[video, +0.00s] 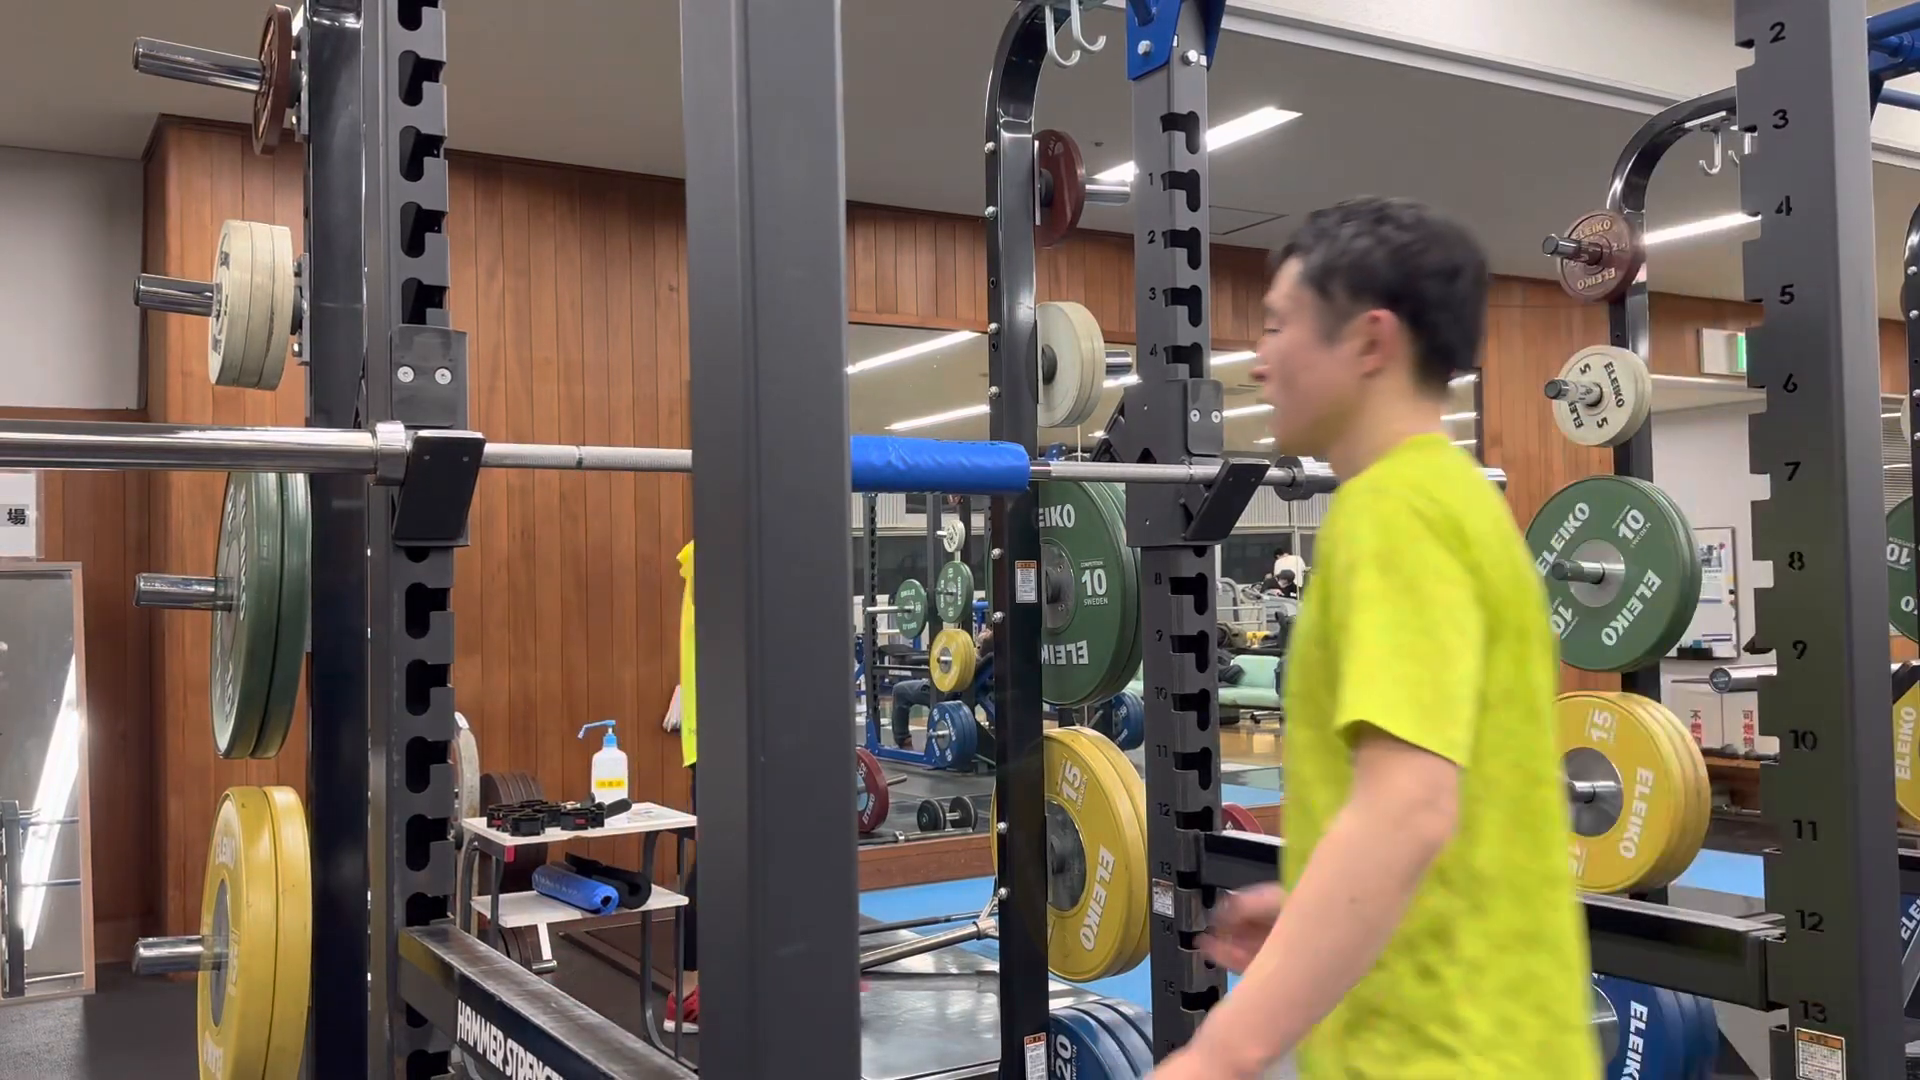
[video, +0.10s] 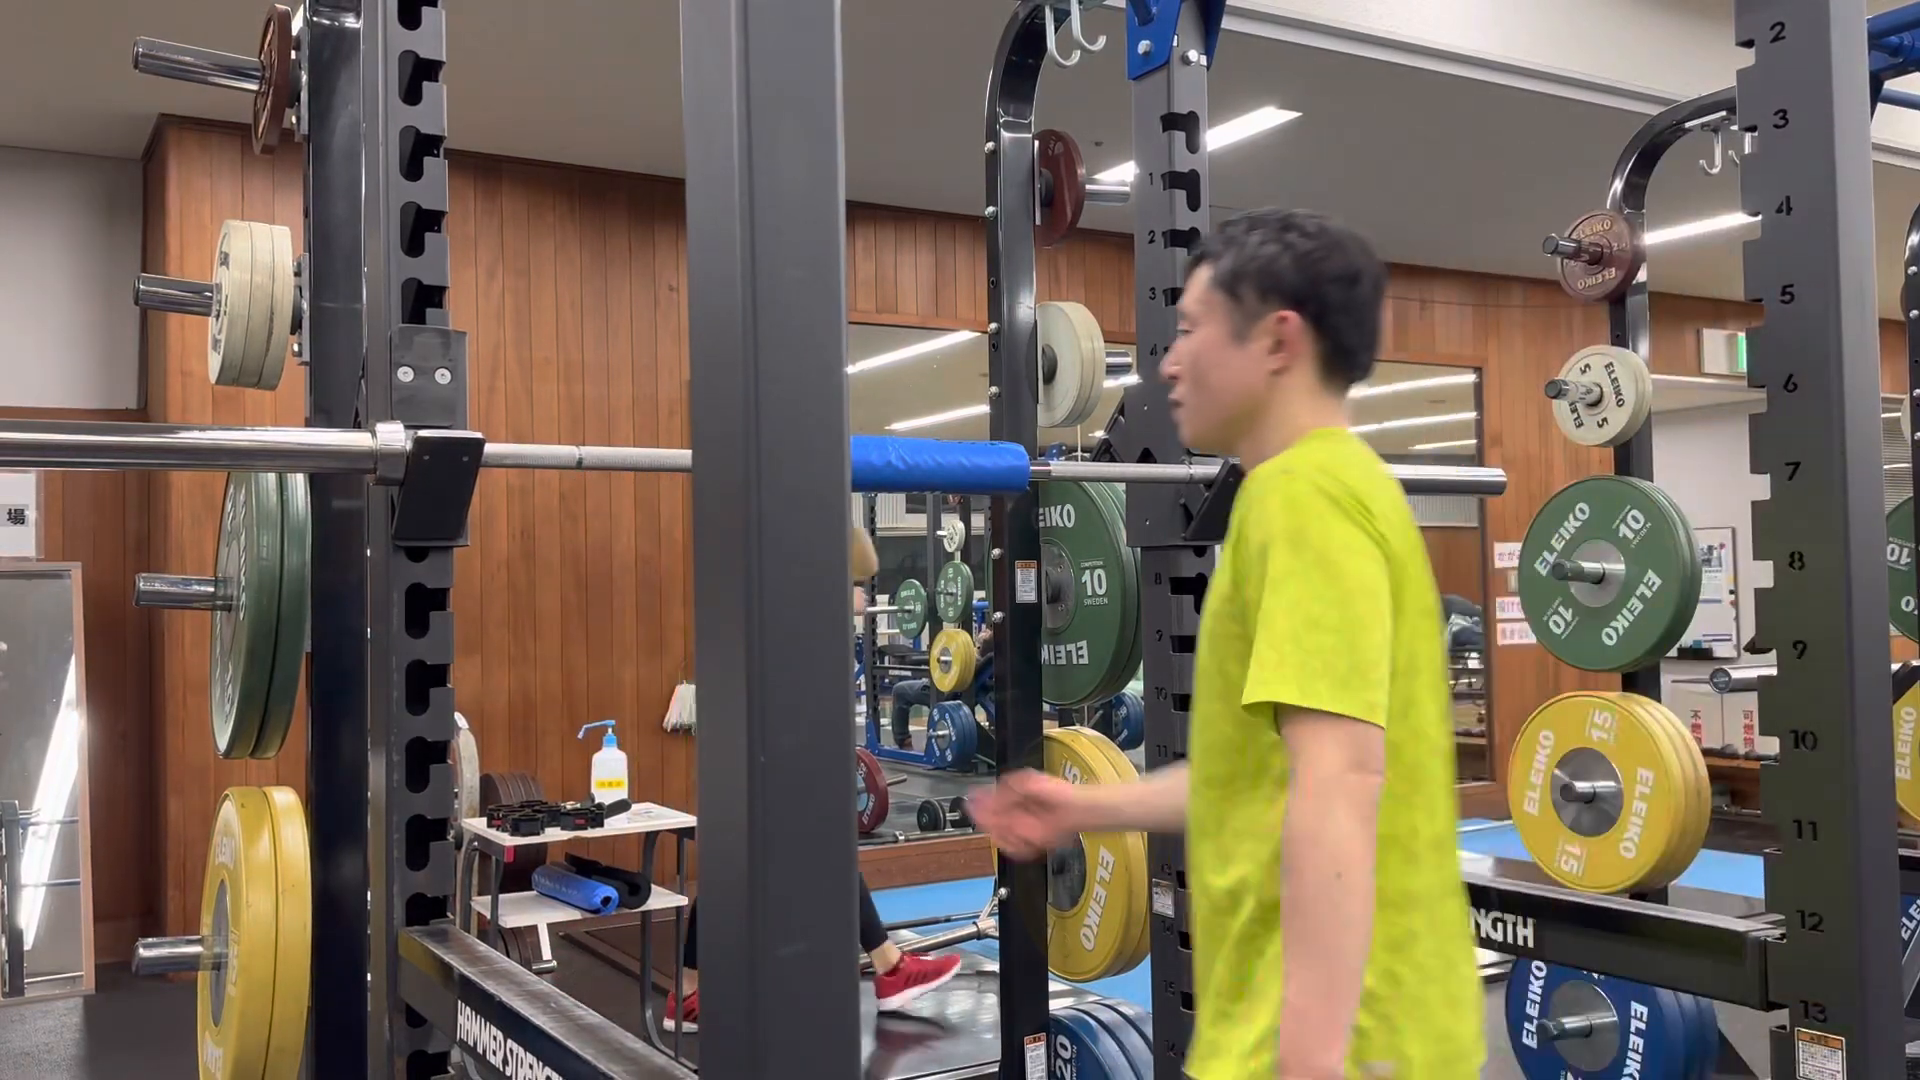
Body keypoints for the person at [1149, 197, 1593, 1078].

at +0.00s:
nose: (1256, 357)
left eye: (1277, 323)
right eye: (1263, 328)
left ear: (1371, 342)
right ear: (1375, 347)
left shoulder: (1396, 506)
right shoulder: (1461, 500)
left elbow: (1409, 805)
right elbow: (1477, 821)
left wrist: (1222, 1054)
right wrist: (1314, 911)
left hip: (1429, 1047)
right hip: (1492, 1037)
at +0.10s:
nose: (1167, 359)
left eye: (1190, 327)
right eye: (1177, 330)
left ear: (1278, 339)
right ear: (1270, 340)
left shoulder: (1305, 495)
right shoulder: (1320, 489)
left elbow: (1337, 786)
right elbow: (1267, 772)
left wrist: (1312, 1056)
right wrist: (1086, 808)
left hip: (1321, 1042)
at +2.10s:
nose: (1026, 474)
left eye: (1024, 452)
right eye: (1012, 454)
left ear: (948, 478)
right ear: (943, 476)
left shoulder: (969, 570)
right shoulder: (770, 559)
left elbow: (1004, 649)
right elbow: (599, 680)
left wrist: (1112, 539)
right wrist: (583, 526)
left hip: (880, 956)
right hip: (747, 964)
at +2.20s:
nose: (1029, 469)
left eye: (1025, 446)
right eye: (1015, 448)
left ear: (952, 472)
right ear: (944, 469)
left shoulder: (972, 563)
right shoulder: (773, 558)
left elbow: (1017, 646)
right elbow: (603, 682)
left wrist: (1127, 538)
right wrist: (583, 524)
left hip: (885, 957)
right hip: (752, 965)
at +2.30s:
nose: (1030, 465)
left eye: (1026, 443)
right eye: (1016, 444)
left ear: (953, 465)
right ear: (944, 461)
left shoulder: (979, 562)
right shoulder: (778, 557)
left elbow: (1025, 645)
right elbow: (609, 682)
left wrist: (1137, 536)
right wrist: (583, 525)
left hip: (891, 958)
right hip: (757, 965)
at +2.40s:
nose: (1032, 464)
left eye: (1028, 439)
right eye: (1016, 440)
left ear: (946, 459)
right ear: (938, 457)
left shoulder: (984, 560)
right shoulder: (781, 556)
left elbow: (1033, 645)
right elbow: (613, 681)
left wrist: (1144, 535)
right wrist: (584, 525)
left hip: (894, 961)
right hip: (762, 969)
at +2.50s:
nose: (1020, 461)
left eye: (1019, 434)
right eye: (991, 434)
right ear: (896, 447)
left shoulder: (994, 560)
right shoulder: (785, 559)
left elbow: (1048, 645)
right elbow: (619, 684)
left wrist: (1157, 533)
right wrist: (586, 526)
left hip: (903, 962)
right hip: (770, 970)